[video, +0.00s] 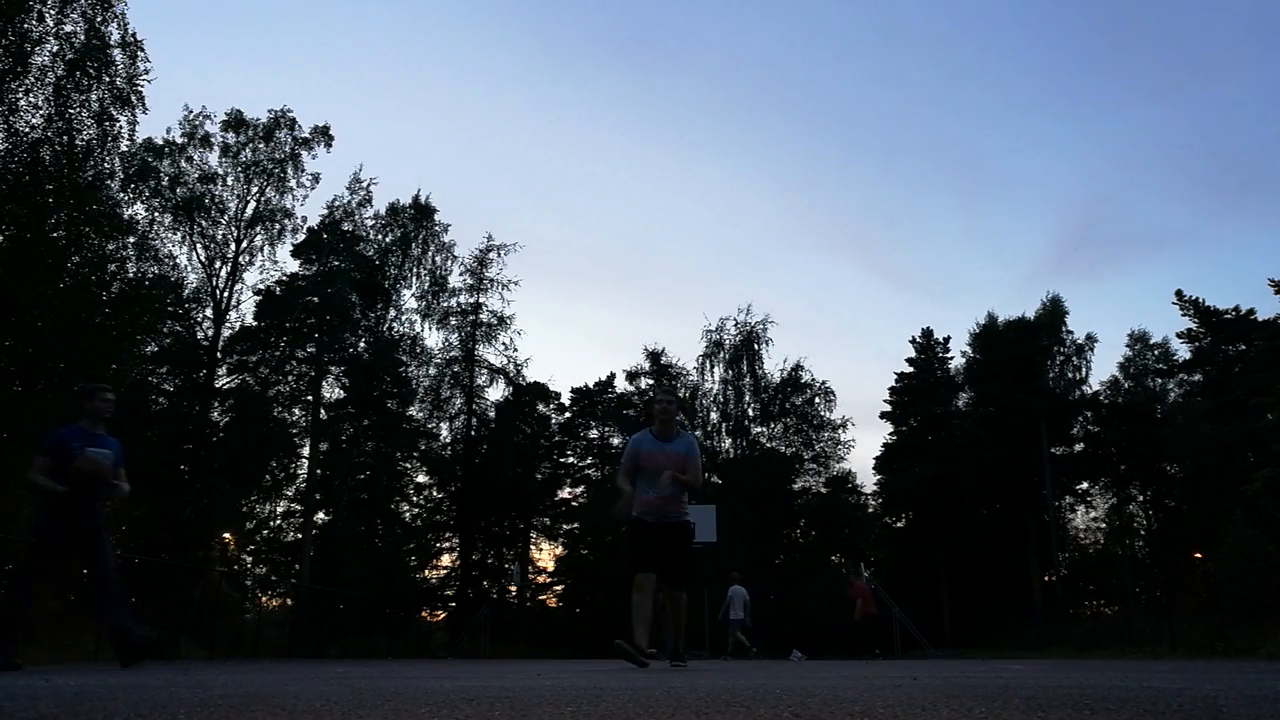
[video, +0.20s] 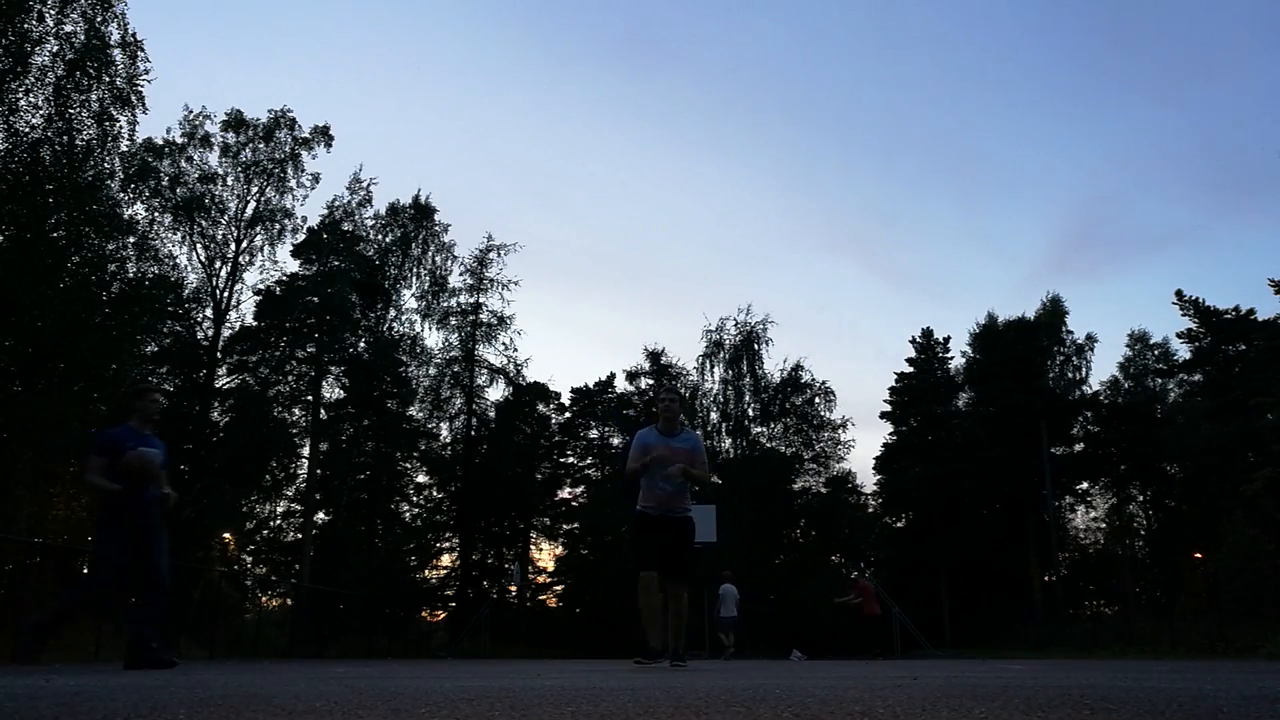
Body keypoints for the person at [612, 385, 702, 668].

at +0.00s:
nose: (664, 407)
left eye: (669, 402)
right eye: (660, 402)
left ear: (677, 408)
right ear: (652, 408)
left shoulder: (688, 443)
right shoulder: (637, 441)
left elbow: (696, 482)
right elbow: (622, 476)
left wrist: (677, 477)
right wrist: (629, 491)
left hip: (676, 522)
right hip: (643, 521)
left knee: (675, 588)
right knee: (643, 582)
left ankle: (677, 651)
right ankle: (640, 646)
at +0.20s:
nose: (667, 405)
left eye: (672, 401)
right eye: (663, 401)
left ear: (680, 406)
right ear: (656, 406)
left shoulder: (692, 439)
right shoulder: (644, 437)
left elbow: (705, 476)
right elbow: (630, 471)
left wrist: (686, 470)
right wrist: (650, 461)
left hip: (679, 517)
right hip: (648, 516)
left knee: (678, 584)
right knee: (648, 580)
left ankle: (677, 650)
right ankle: (653, 648)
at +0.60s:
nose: (645, 419)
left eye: (650, 415)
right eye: (644, 415)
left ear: (666, 418)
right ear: (645, 420)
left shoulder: (684, 448)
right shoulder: (637, 449)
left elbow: (703, 480)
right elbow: (629, 483)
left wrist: (673, 480)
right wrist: (650, 490)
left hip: (675, 523)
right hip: (646, 524)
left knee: (676, 586)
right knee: (651, 587)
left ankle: (677, 650)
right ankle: (656, 647)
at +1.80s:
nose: (678, 432)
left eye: (682, 428)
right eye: (674, 428)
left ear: (688, 431)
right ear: (667, 431)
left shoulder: (700, 460)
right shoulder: (656, 458)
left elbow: (715, 488)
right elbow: (637, 480)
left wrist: (715, 469)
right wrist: (647, 462)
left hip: (690, 531)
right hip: (662, 530)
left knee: (692, 592)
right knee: (662, 592)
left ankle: (694, 650)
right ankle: (663, 650)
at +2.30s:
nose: (687, 434)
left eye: (690, 430)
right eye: (683, 430)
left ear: (696, 435)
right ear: (674, 434)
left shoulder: (700, 458)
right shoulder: (665, 456)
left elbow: (719, 450)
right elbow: (646, 449)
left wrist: (735, 441)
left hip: (695, 530)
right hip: (666, 529)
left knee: (695, 589)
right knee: (665, 588)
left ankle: (698, 648)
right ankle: (665, 648)